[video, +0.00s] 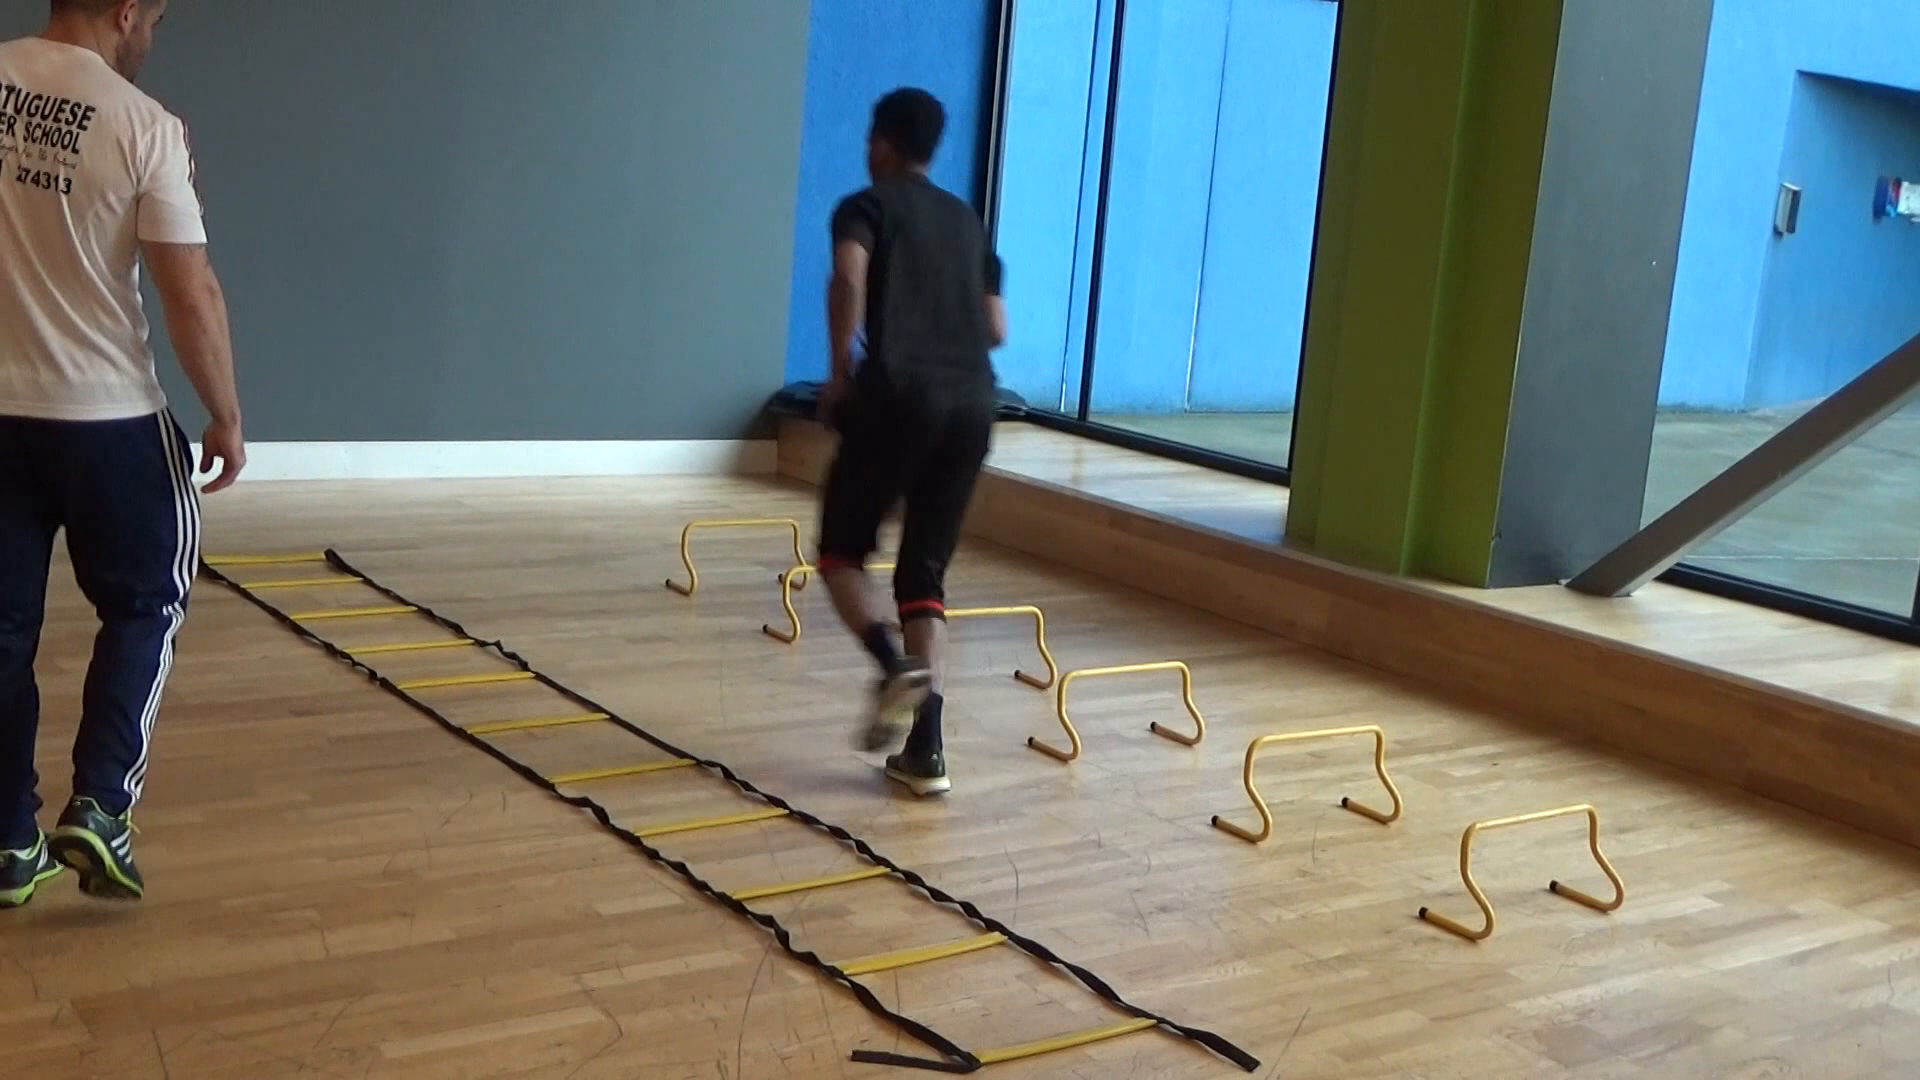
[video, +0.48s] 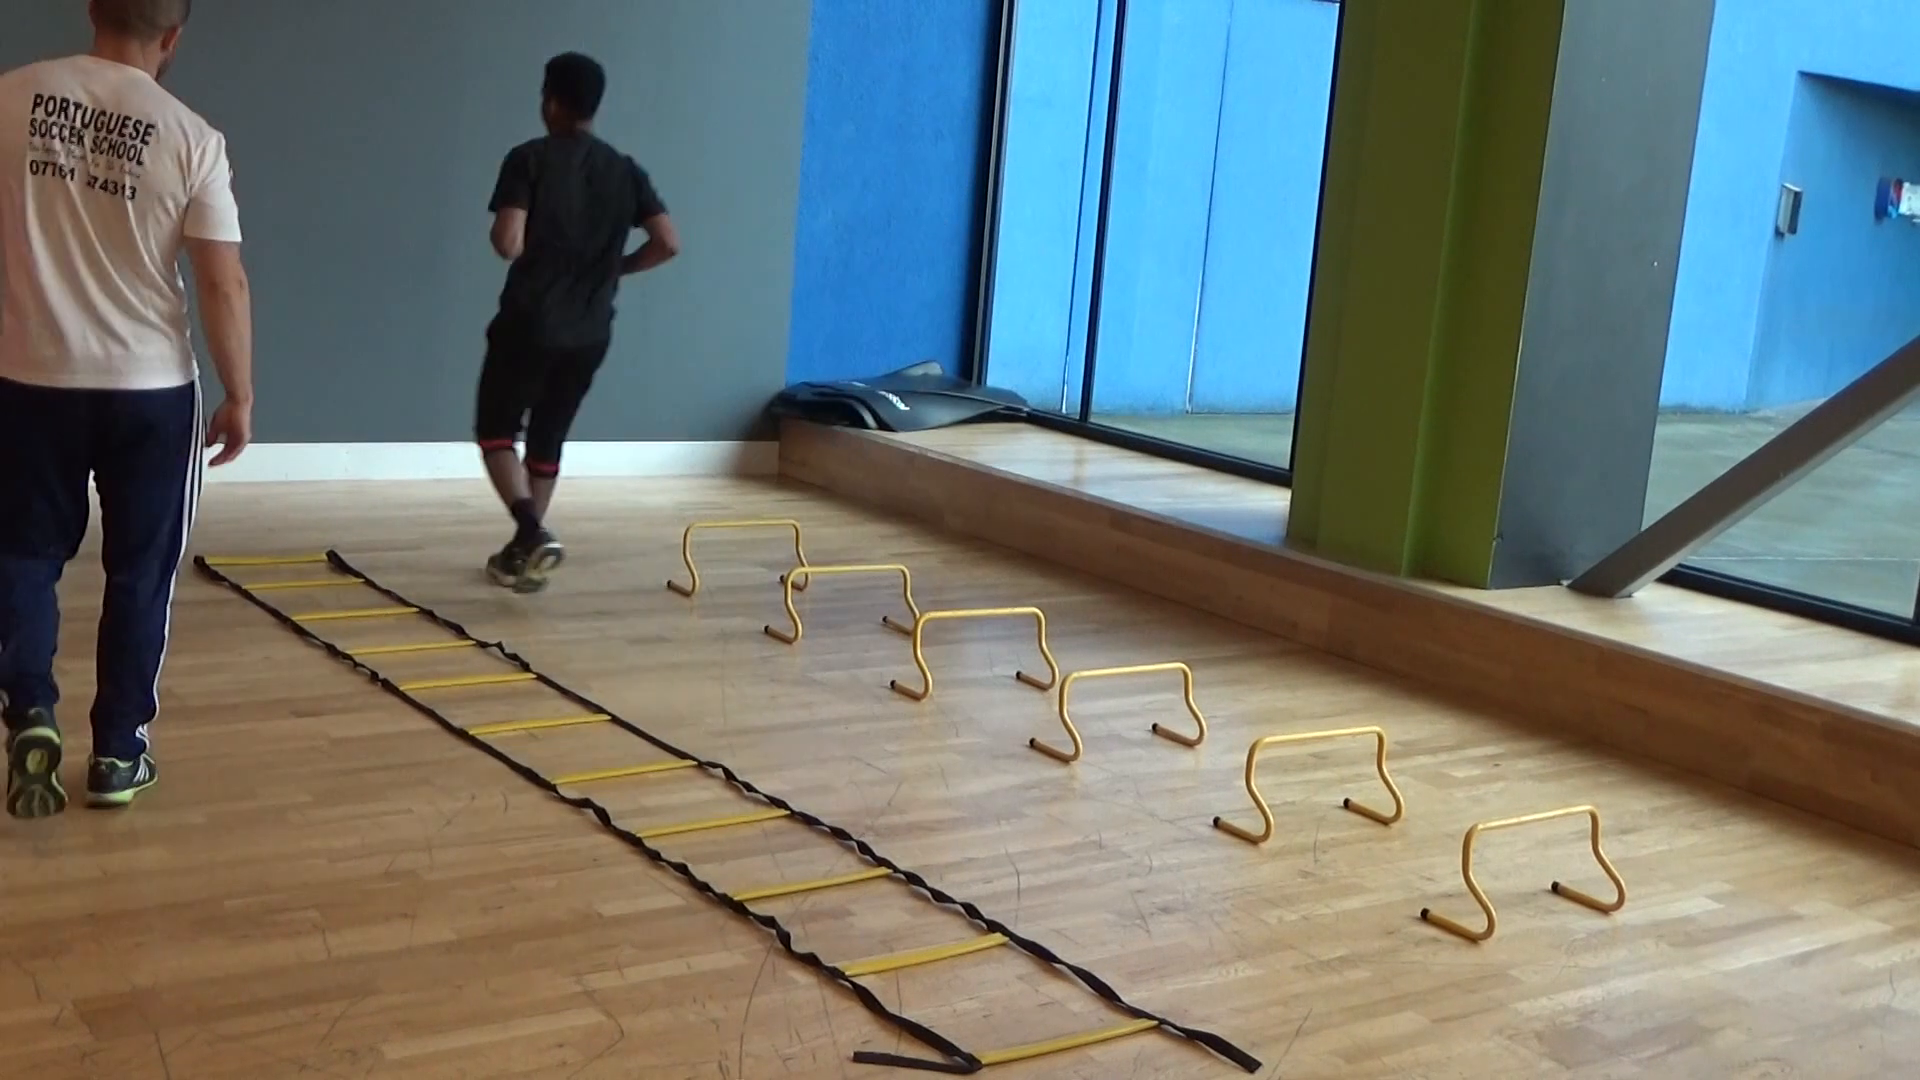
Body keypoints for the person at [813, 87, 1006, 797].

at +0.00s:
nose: (869, 148)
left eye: (872, 138)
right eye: (875, 138)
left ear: (881, 143)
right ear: (932, 149)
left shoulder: (864, 205)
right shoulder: (969, 219)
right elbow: (995, 327)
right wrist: (931, 330)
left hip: (896, 398)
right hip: (971, 407)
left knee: (840, 554)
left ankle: (893, 666)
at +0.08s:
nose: (798, 119)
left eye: (801, 109)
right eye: (804, 110)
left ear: (814, 113)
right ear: (860, 119)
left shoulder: (798, 167)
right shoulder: (899, 190)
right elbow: (924, 288)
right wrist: (861, 280)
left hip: (814, 367)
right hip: (886, 377)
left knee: (750, 504)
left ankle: (740, 660)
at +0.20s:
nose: (706, 105)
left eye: (709, 96)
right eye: (714, 95)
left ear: (717, 100)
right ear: (764, 104)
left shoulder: (699, 158)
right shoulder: (799, 173)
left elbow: (694, 234)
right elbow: (841, 264)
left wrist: (666, 304)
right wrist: (782, 290)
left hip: (707, 356)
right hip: (777, 360)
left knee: (665, 490)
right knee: (751, 504)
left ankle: (640, 625)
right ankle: (803, 581)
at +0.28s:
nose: (655, 111)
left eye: (657, 103)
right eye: (661, 102)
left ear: (663, 108)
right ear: (711, 113)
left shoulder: (635, 175)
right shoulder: (741, 183)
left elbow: (615, 263)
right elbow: (783, 269)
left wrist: (609, 314)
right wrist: (740, 321)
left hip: (643, 354)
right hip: (712, 361)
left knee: (620, 484)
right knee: (671, 474)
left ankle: (636, 627)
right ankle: (707, 579)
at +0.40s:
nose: (588, 95)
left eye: (590, 87)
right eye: (594, 87)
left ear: (595, 92)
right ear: (642, 97)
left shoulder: (565, 150)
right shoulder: (669, 160)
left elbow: (536, 235)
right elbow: (711, 232)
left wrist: (565, 232)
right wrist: (670, 275)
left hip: (574, 323)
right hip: (638, 329)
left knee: (553, 448)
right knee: (596, 446)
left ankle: (598, 561)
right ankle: (554, 556)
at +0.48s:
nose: (543, 104)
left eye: (545, 96)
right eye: (548, 96)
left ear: (552, 102)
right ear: (596, 106)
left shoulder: (529, 159)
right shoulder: (625, 168)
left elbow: (509, 245)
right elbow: (667, 244)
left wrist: (518, 230)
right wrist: (618, 267)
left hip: (527, 325)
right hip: (588, 332)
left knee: (495, 432)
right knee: (548, 441)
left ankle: (533, 534)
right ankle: (522, 551)